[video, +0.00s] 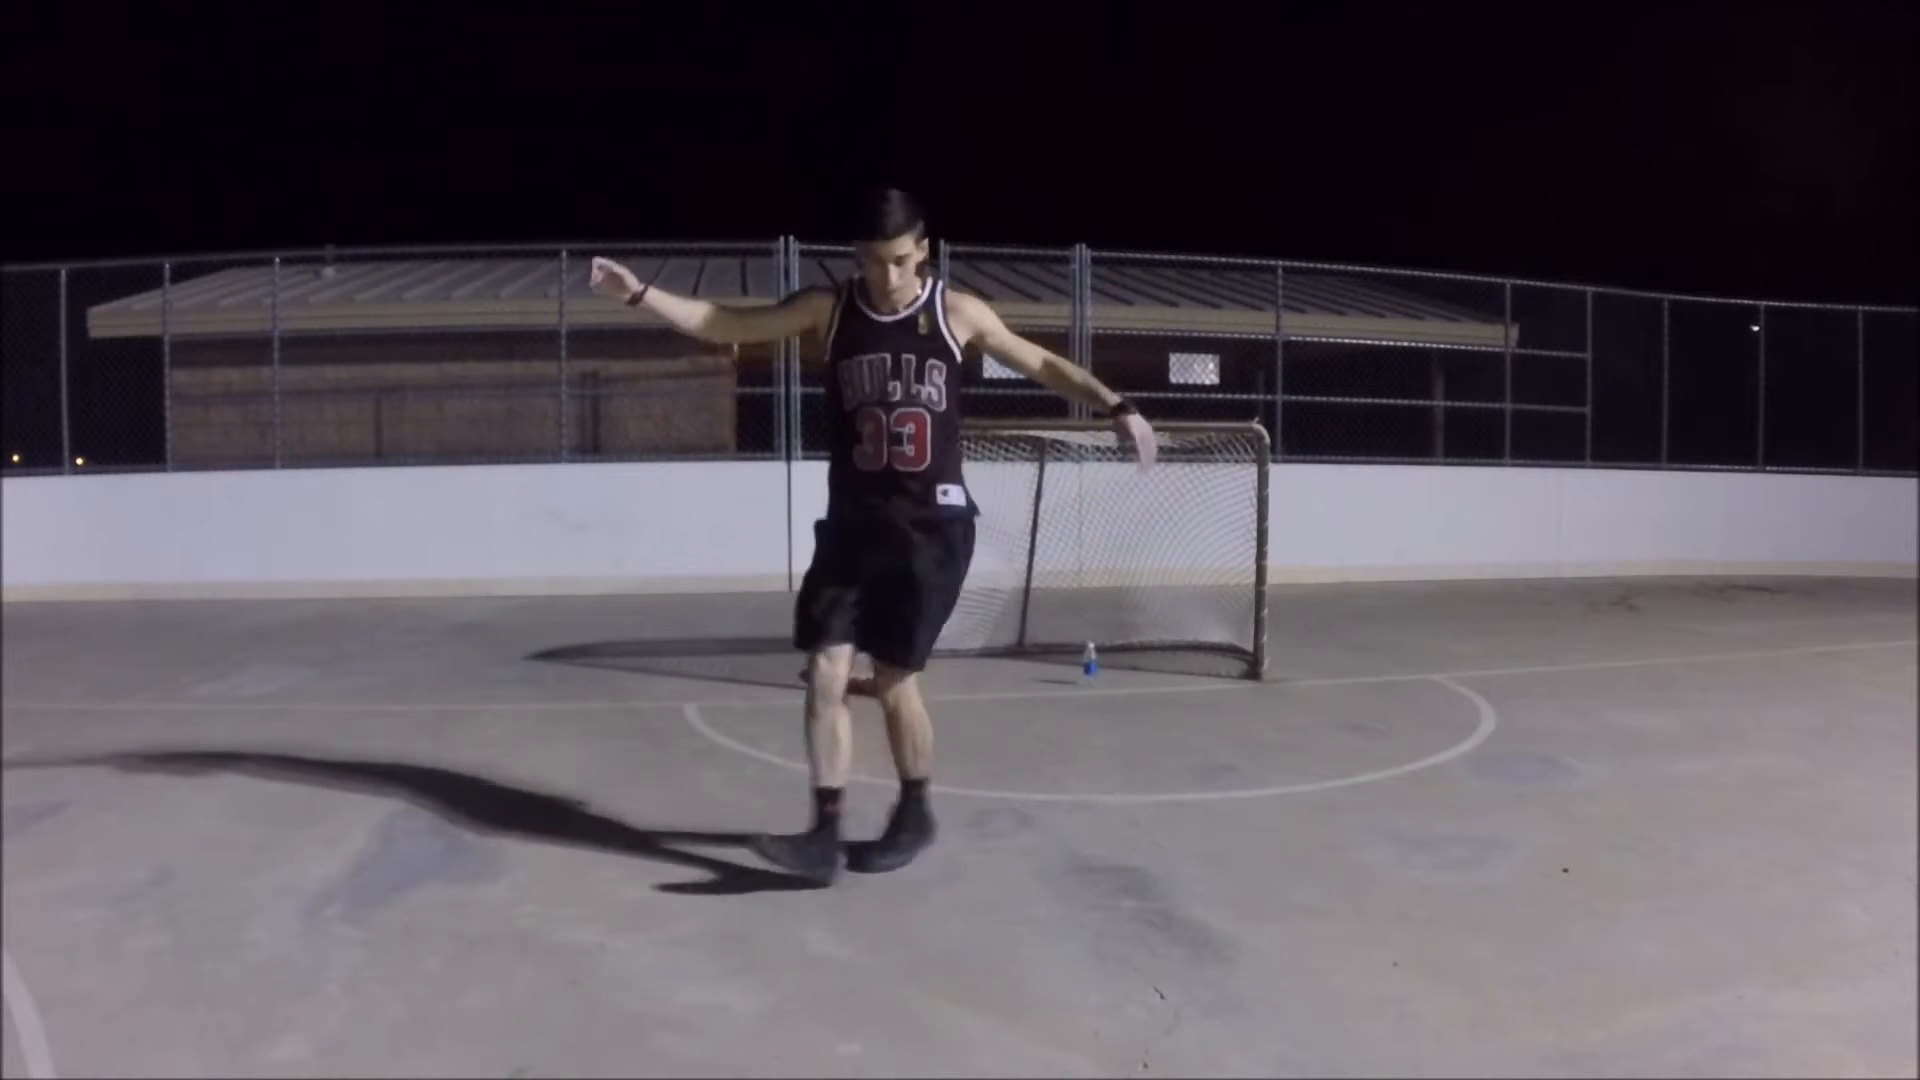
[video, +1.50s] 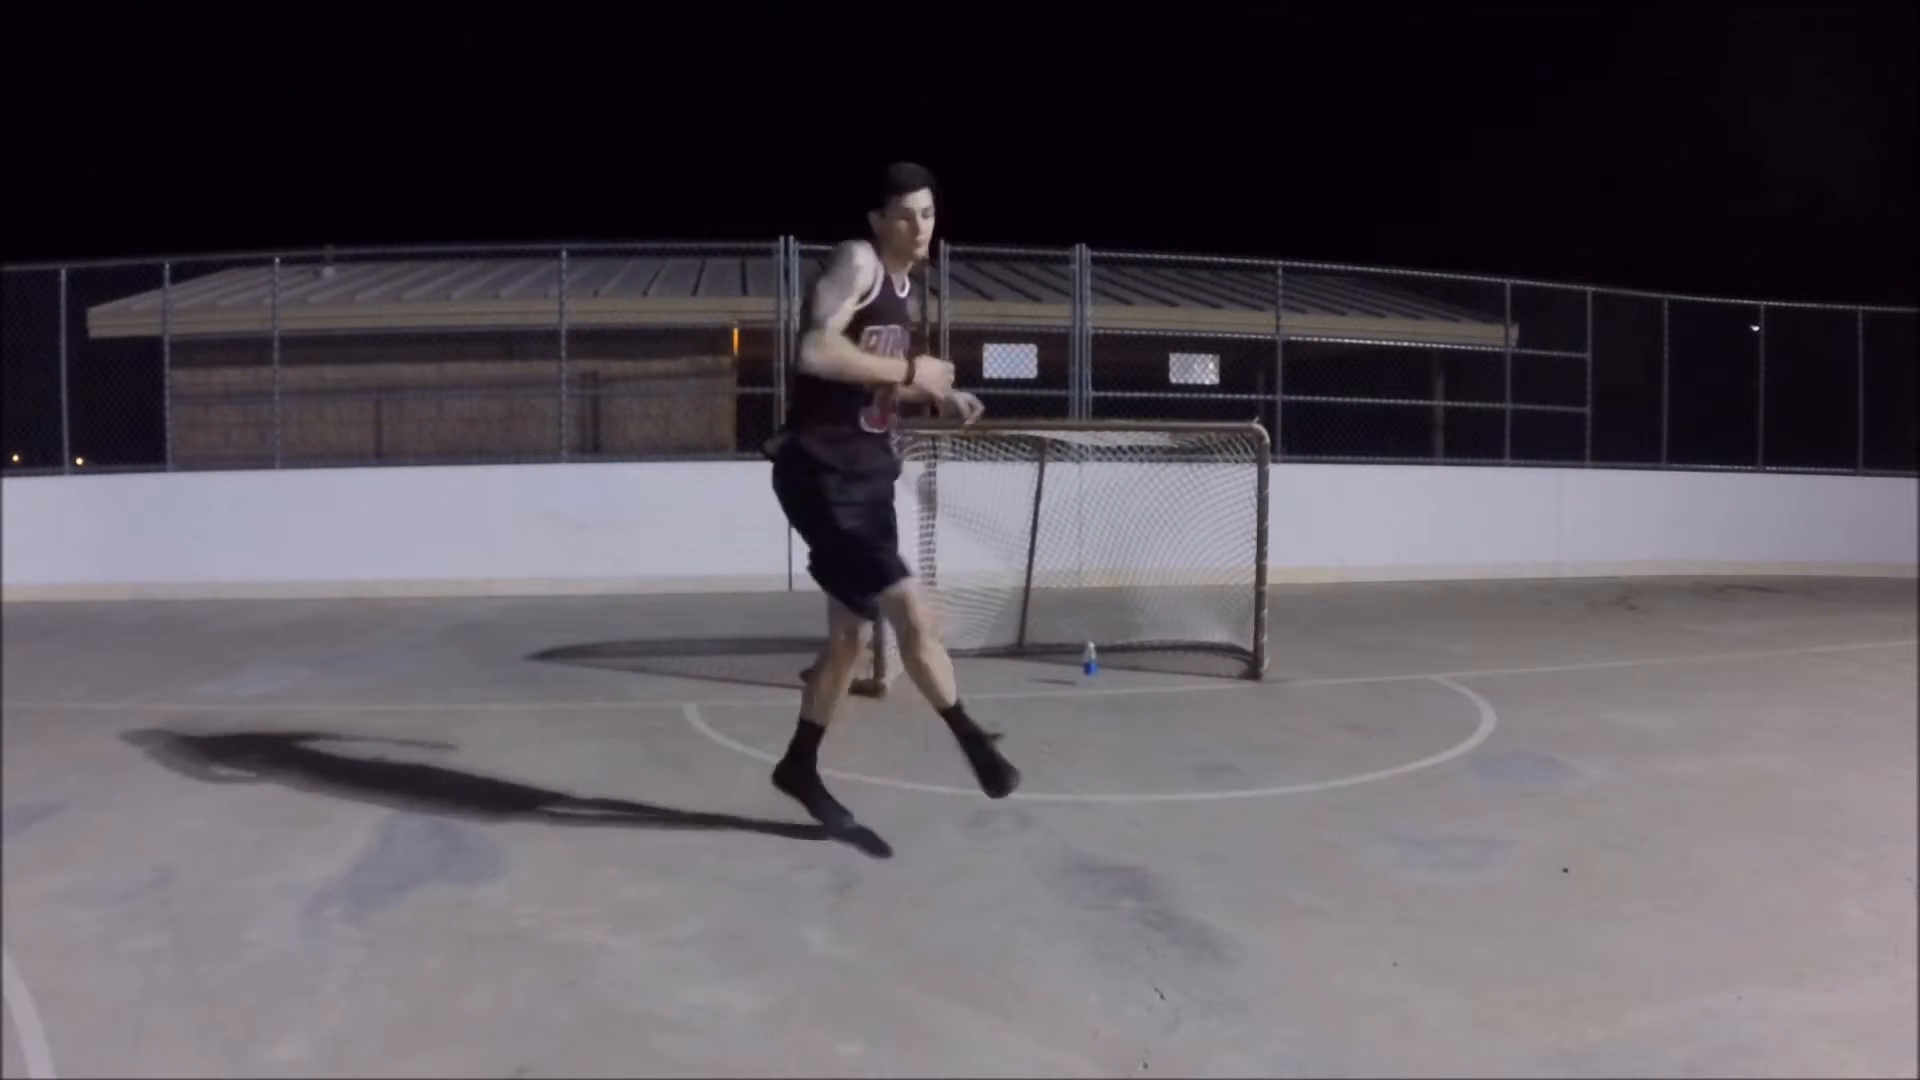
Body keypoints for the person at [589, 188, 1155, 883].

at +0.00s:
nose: (894, 278)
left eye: (906, 263)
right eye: (881, 264)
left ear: (924, 252)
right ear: (859, 255)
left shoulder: (960, 313)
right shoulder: (827, 309)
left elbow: (1046, 366)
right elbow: (728, 326)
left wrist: (1117, 407)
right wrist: (642, 294)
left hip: (934, 521)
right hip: (853, 518)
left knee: (893, 677)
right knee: (825, 670)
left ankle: (916, 815)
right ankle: (825, 836)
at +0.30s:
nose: (863, 280)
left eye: (873, 263)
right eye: (850, 268)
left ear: (902, 253)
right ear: (838, 268)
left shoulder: (946, 322)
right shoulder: (820, 326)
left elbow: (1023, 373)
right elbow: (747, 372)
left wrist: (1058, 396)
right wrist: (662, 354)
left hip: (908, 525)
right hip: (838, 525)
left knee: (887, 685)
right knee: (891, 675)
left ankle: (823, 827)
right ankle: (929, 844)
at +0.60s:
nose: (863, 271)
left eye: (876, 256)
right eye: (850, 256)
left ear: (896, 252)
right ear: (830, 254)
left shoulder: (935, 319)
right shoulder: (807, 317)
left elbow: (1019, 381)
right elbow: (715, 347)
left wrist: (1096, 427)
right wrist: (627, 318)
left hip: (916, 518)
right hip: (850, 519)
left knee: (900, 672)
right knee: (798, 656)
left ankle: (954, 822)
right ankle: (890, 806)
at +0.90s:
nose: (816, 276)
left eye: (821, 261)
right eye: (811, 266)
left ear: (856, 247)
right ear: (819, 262)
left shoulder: (923, 308)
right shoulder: (820, 317)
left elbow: (920, 386)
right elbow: (820, 399)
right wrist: (771, 395)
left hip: (895, 517)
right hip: (824, 511)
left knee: (861, 678)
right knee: (837, 670)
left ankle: (812, 805)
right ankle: (904, 814)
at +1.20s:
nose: (892, 310)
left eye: (888, 305)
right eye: (891, 303)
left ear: (827, 300)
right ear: (878, 299)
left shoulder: (790, 353)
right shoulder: (920, 344)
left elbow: (777, 459)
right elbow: (944, 448)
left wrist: (777, 525)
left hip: (843, 544)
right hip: (922, 544)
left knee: (839, 684)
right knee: (839, 648)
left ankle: (870, 835)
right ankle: (736, 717)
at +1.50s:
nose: (922, 227)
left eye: (928, 216)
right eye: (908, 216)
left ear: (933, 222)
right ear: (878, 221)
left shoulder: (905, 280)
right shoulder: (856, 261)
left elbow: (875, 377)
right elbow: (814, 353)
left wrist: (937, 397)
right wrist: (911, 371)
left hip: (868, 467)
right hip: (821, 467)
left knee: (849, 636)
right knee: (913, 612)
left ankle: (797, 766)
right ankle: (972, 738)